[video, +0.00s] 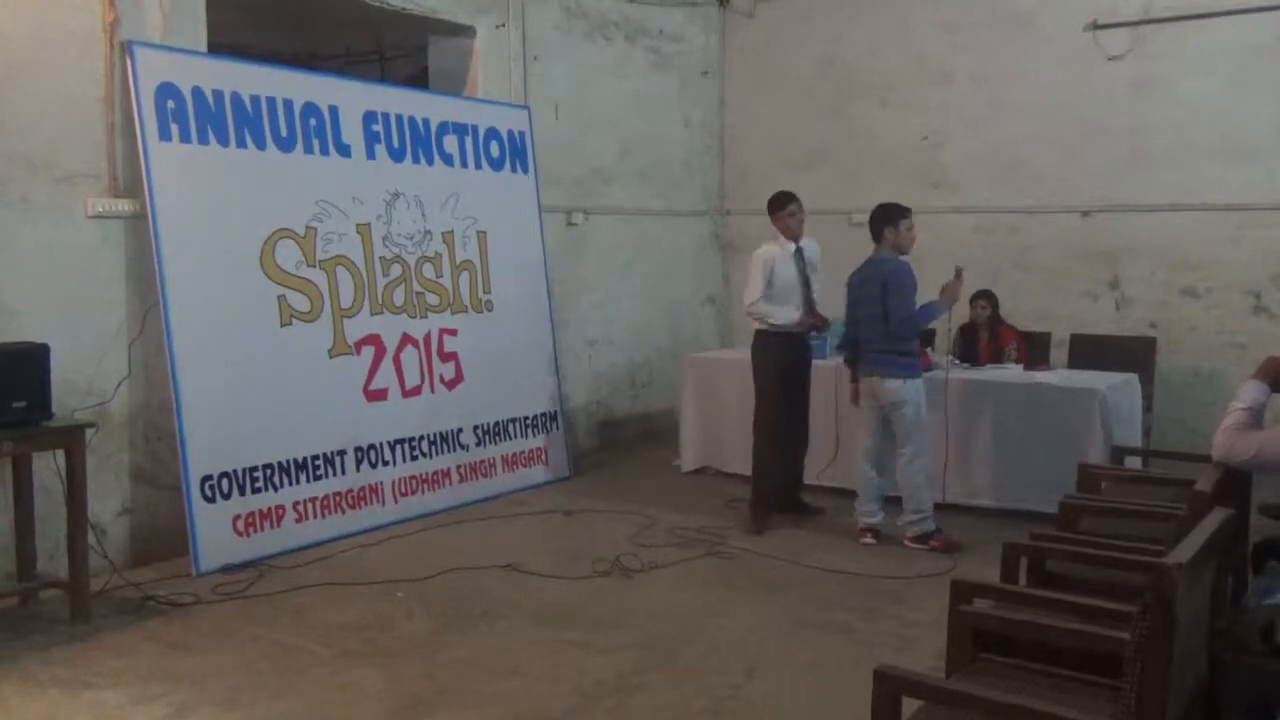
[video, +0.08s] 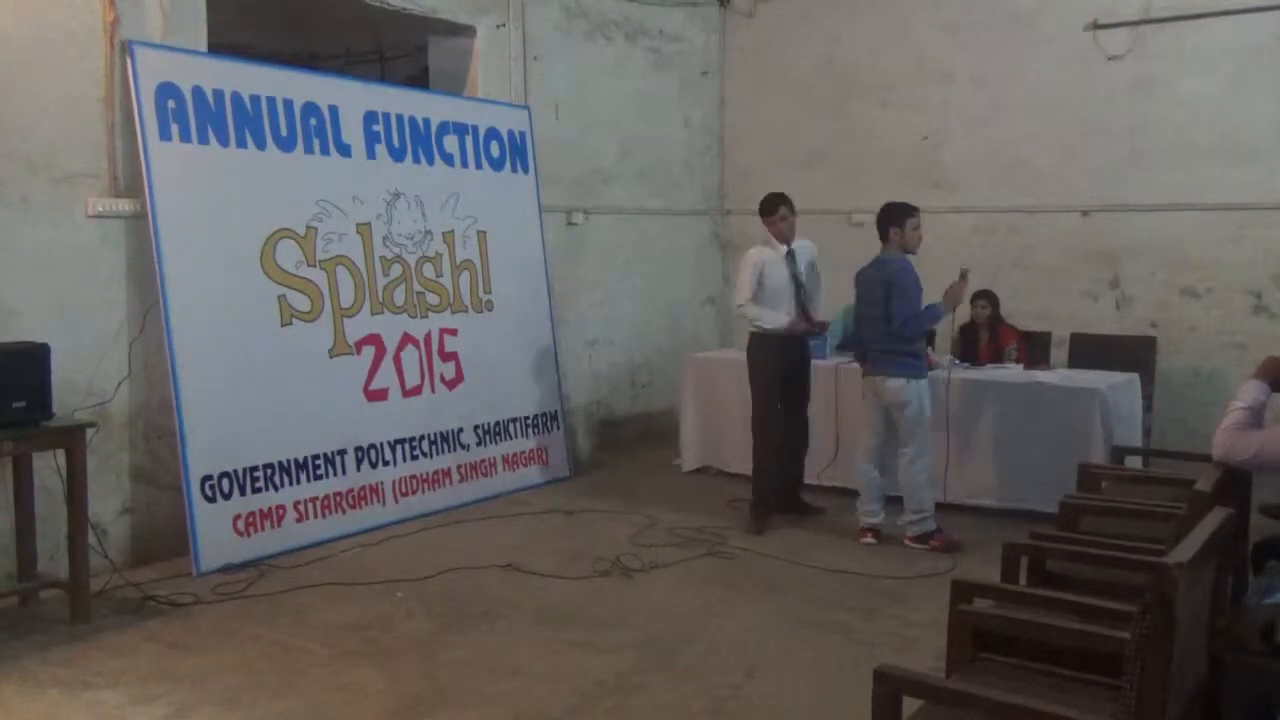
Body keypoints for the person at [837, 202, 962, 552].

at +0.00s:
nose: (914, 236)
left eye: (913, 229)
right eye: (909, 229)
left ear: (883, 234)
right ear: (889, 232)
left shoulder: (858, 275)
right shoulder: (898, 271)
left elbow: (851, 332)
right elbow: (905, 326)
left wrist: (854, 375)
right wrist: (943, 302)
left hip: (870, 377)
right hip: (901, 378)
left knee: (873, 452)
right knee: (913, 452)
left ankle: (868, 524)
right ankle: (920, 527)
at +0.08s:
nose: (921, 235)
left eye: (920, 228)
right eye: (915, 229)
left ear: (890, 234)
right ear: (895, 233)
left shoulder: (864, 274)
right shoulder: (902, 272)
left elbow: (859, 332)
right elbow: (905, 327)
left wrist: (868, 363)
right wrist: (944, 306)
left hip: (874, 375)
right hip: (904, 377)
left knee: (876, 448)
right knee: (915, 452)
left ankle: (869, 523)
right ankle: (920, 527)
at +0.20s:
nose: (931, 234)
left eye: (931, 227)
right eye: (924, 228)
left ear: (900, 235)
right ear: (903, 233)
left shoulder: (878, 273)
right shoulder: (910, 274)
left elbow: (878, 331)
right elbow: (915, 330)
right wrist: (951, 306)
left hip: (884, 375)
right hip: (913, 378)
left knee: (884, 451)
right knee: (920, 454)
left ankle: (870, 522)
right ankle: (920, 527)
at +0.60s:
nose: (952, 234)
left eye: (953, 227)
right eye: (946, 227)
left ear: (931, 232)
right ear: (923, 231)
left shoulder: (928, 271)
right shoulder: (920, 275)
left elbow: (937, 325)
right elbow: (933, 332)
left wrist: (967, 307)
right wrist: (966, 304)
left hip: (933, 377)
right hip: (928, 379)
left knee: (932, 448)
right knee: (931, 451)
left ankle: (910, 514)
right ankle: (920, 529)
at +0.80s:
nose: (963, 234)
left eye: (964, 227)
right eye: (956, 227)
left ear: (950, 232)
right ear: (933, 231)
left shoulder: (943, 272)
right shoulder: (925, 276)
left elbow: (946, 327)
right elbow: (936, 334)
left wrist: (971, 308)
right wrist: (970, 306)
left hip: (950, 379)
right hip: (933, 381)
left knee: (962, 453)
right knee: (933, 455)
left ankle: (961, 521)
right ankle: (919, 528)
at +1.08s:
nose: (981, 237)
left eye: (983, 231)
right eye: (974, 230)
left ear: (968, 234)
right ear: (952, 232)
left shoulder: (967, 277)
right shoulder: (939, 280)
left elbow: (973, 327)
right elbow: (954, 332)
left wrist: (991, 298)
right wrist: (986, 296)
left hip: (976, 384)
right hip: (951, 385)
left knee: (988, 463)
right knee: (941, 461)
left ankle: (1003, 529)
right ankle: (921, 527)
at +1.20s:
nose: (993, 237)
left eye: (995, 230)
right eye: (985, 230)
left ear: (992, 234)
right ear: (963, 233)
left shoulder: (980, 275)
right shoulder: (951, 279)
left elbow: (983, 325)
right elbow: (965, 334)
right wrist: (1000, 292)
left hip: (989, 382)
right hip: (964, 383)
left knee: (995, 463)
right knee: (949, 459)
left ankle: (1006, 530)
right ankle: (921, 526)